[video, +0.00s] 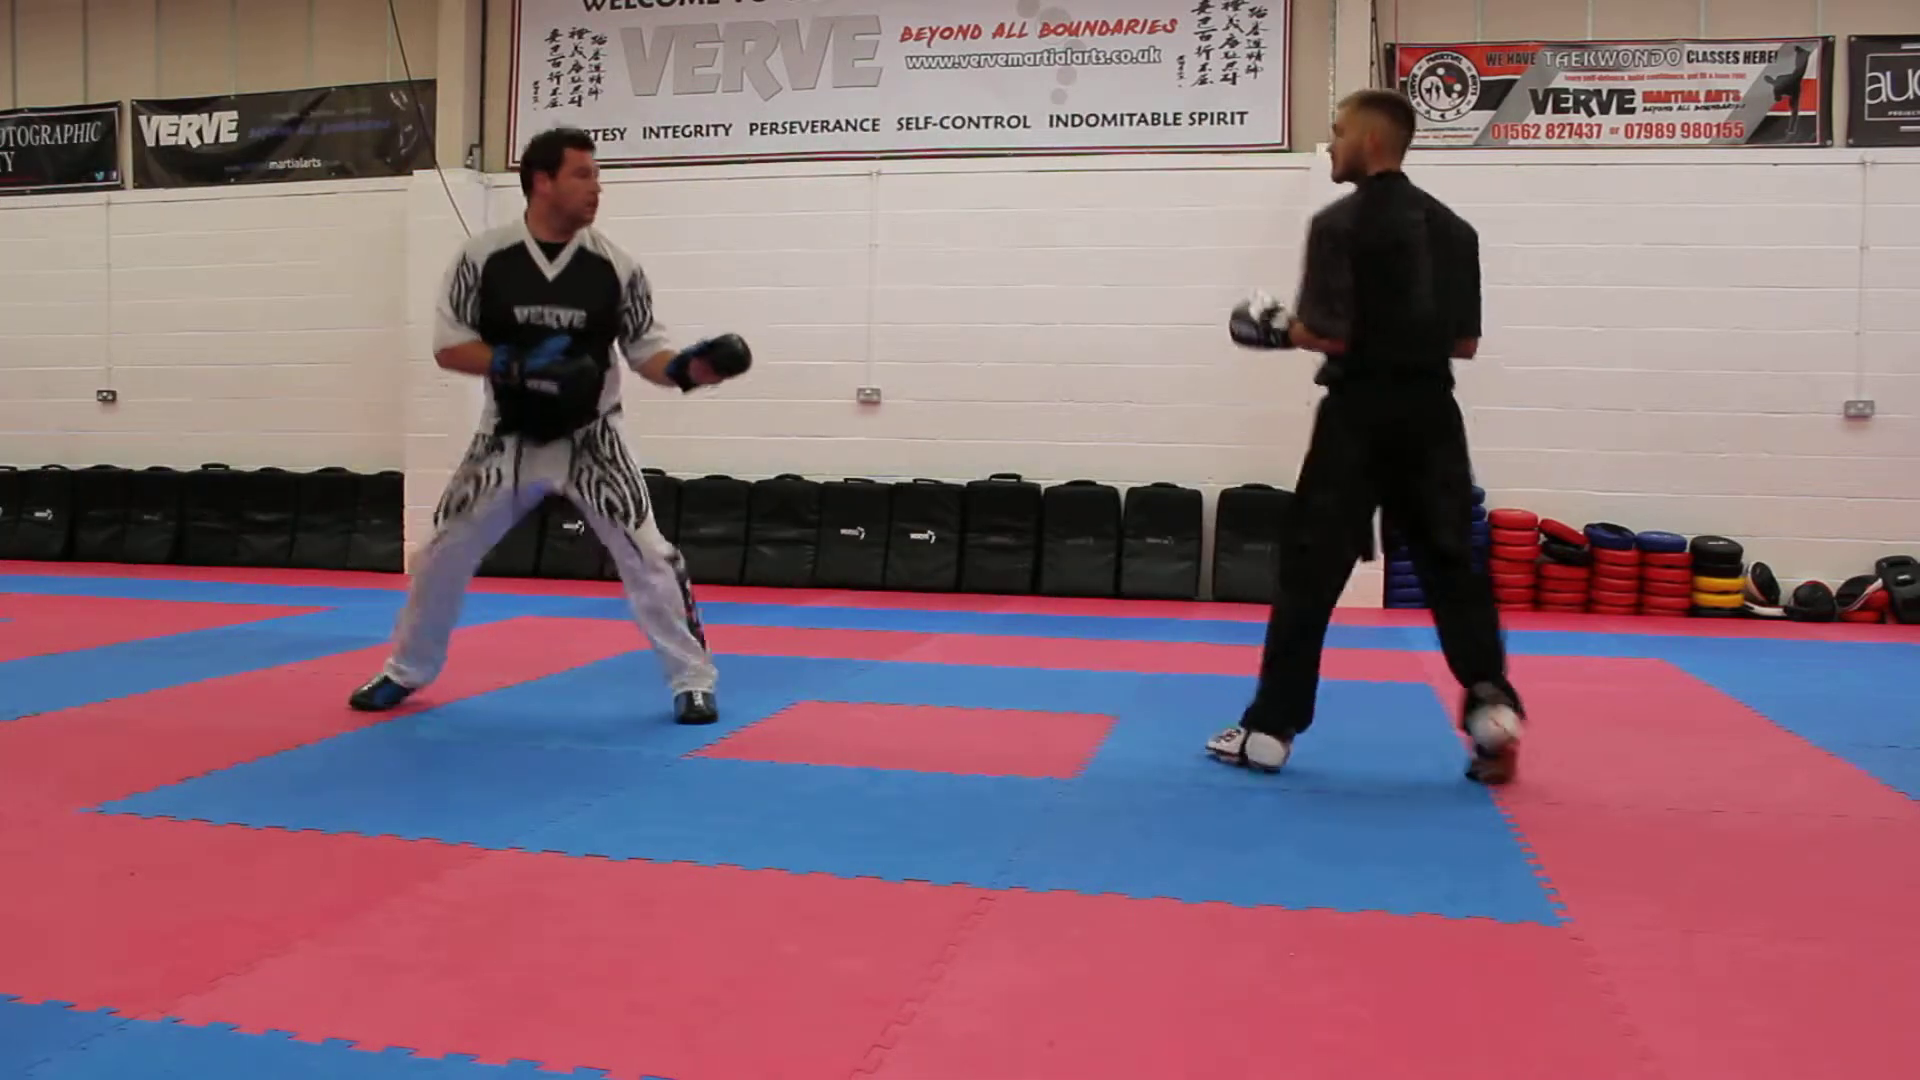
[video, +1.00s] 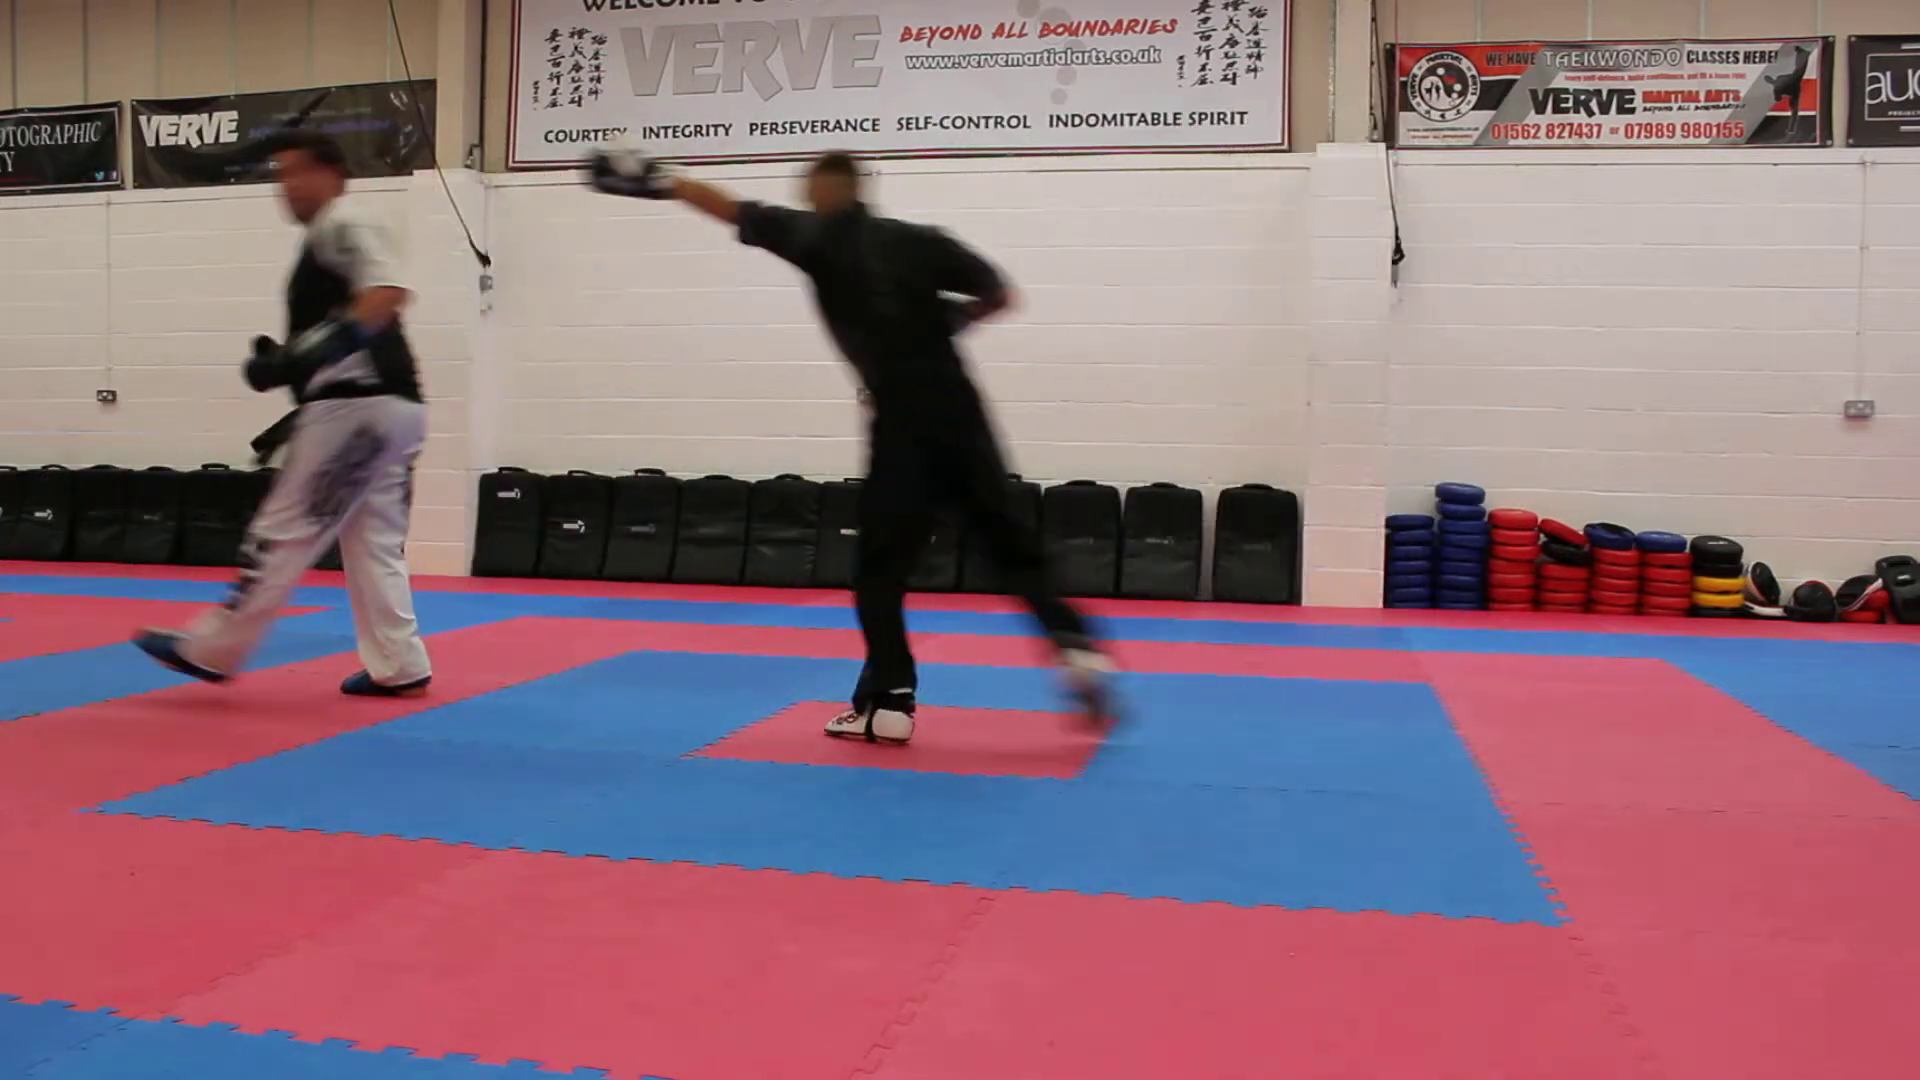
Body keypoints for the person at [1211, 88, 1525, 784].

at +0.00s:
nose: (1329, 146)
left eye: (1338, 134)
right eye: (1333, 134)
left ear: (1370, 142)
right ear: (1395, 145)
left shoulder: (1339, 225)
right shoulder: (1453, 230)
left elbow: (1328, 336)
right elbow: (1464, 342)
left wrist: (1276, 327)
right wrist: (1382, 327)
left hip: (1353, 426)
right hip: (1431, 423)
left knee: (1309, 575)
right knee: (1452, 563)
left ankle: (1270, 731)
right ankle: (1490, 699)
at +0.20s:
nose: (1325, 178)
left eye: (1333, 167)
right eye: (1329, 166)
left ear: (1365, 174)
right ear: (1388, 179)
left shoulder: (1313, 253)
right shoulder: (1437, 267)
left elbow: (1282, 354)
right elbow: (1458, 375)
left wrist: (1263, 377)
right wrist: (1393, 383)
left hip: (1310, 442)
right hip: (1387, 447)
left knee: (1264, 551)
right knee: (1390, 573)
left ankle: (1249, 683)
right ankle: (1405, 720)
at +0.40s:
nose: (1270, 149)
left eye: (1280, 138)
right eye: (1274, 137)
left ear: (1308, 145)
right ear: (1330, 150)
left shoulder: (1276, 209)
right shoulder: (1365, 234)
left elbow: (1187, 235)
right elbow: (1352, 344)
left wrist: (1119, 216)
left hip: (1218, 372)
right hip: (1282, 405)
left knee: (1132, 389)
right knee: (1310, 552)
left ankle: (1083, 474)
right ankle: (1348, 708)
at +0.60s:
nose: (1176, 163)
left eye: (1184, 151)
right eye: (1179, 150)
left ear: (1204, 155)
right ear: (1238, 158)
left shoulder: (1175, 214)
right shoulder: (1284, 250)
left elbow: (1100, 247)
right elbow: (1277, 356)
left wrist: (1065, 242)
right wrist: (1212, 336)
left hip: (1124, 371)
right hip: (1189, 415)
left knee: (1014, 400)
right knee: (1176, 554)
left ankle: (907, 443)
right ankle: (1214, 702)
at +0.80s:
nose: (1061, 194)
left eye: (1068, 184)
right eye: (1065, 183)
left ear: (1080, 191)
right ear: (1107, 195)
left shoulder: (1049, 258)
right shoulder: (1142, 275)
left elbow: (971, 302)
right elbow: (1134, 373)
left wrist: (972, 287)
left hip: (1021, 451)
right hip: (1094, 459)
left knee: (955, 556)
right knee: (1149, 580)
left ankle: (893, 683)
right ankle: (1210, 716)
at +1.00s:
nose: (810, 192)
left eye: (815, 182)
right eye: (813, 182)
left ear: (829, 187)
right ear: (860, 188)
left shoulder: (818, 240)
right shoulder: (915, 240)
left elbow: (732, 211)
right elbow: (996, 295)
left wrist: (662, 179)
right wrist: (937, 322)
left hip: (901, 432)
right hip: (960, 424)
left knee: (877, 571)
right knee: (1009, 540)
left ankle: (889, 701)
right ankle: (1077, 651)